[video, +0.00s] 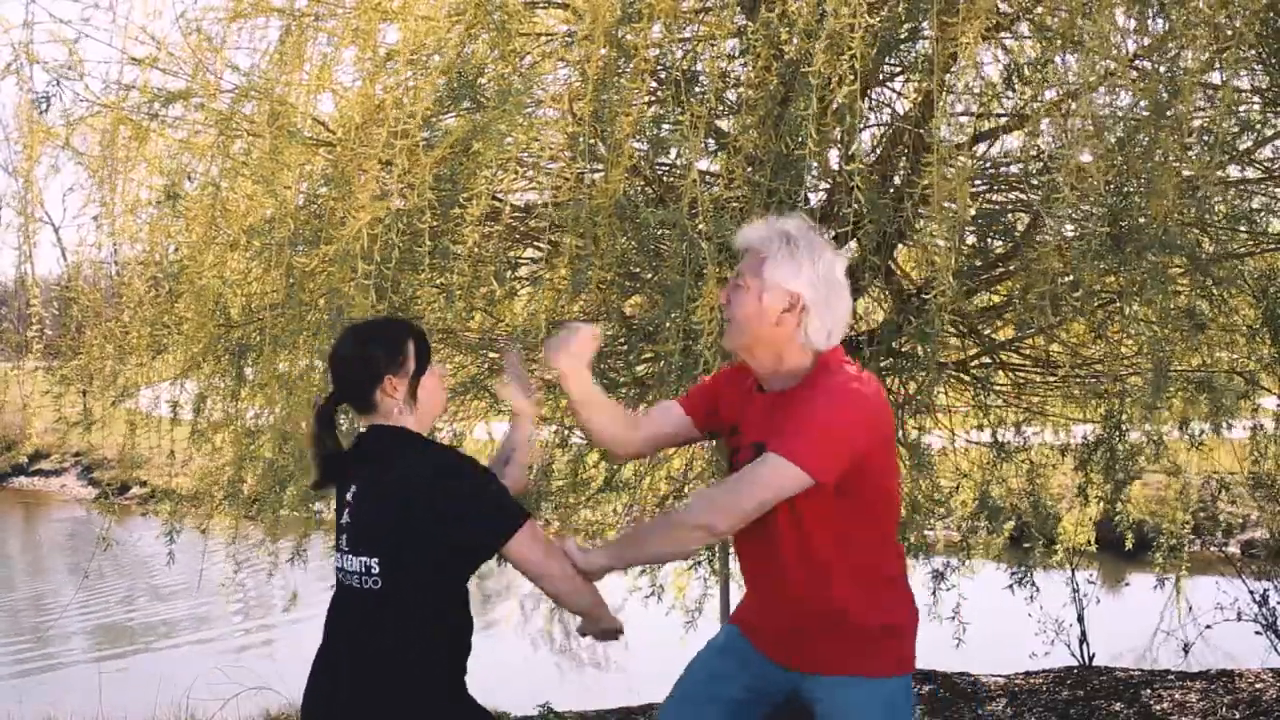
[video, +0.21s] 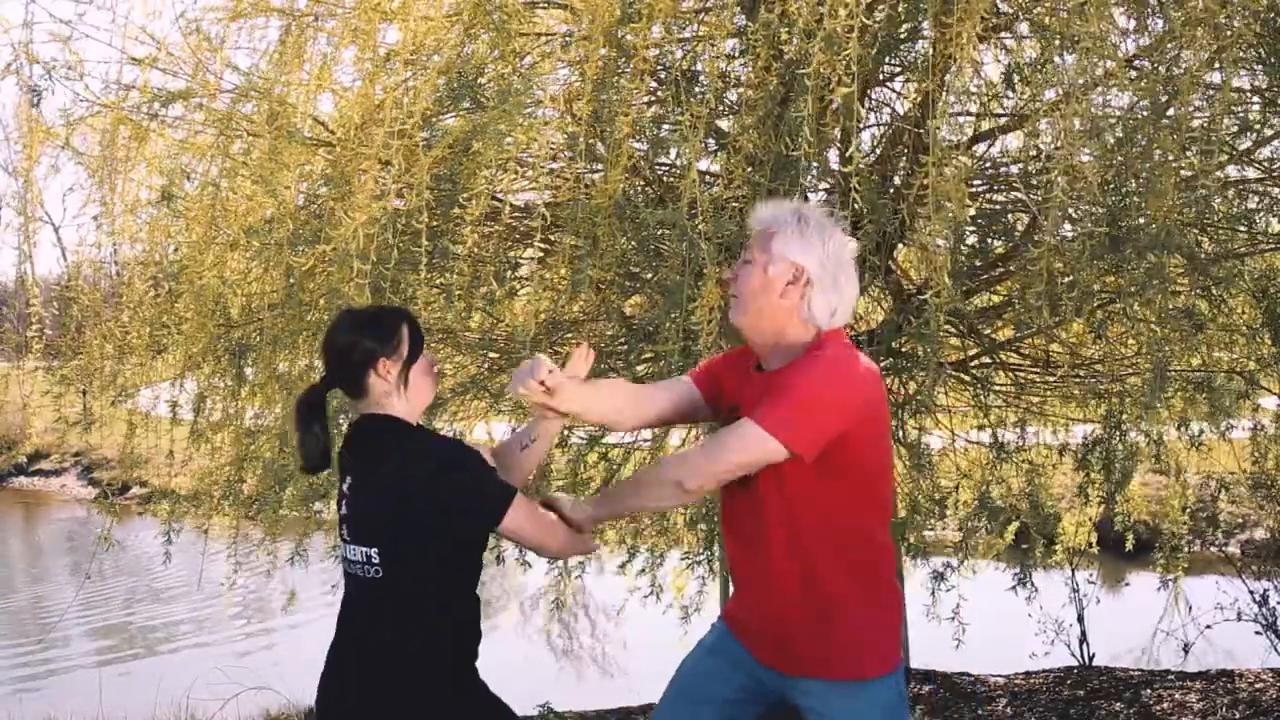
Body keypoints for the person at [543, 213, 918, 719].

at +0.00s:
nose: (722, 297)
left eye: (739, 285)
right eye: (730, 283)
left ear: (791, 306)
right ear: (784, 307)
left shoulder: (846, 398)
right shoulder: (738, 387)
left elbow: (716, 518)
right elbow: (629, 436)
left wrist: (599, 558)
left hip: (859, 663)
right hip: (758, 641)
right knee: (679, 713)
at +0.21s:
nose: (731, 275)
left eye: (747, 261)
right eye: (740, 260)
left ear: (793, 280)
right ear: (789, 281)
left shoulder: (839, 375)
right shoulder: (742, 369)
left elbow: (695, 475)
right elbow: (644, 402)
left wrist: (590, 510)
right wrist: (559, 391)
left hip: (848, 663)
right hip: (747, 639)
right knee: (672, 713)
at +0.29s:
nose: (727, 272)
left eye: (745, 257)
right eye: (736, 258)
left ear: (793, 275)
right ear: (787, 274)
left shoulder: (836, 362)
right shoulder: (742, 361)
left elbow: (677, 448)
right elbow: (642, 390)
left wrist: (592, 456)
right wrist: (562, 395)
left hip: (845, 660)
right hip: (738, 638)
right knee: (672, 711)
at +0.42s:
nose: (703, 263)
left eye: (719, 248)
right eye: (710, 247)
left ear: (770, 261)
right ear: (766, 262)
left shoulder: (830, 352)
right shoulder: (711, 354)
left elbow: (702, 451)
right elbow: (579, 400)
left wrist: (585, 447)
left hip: (839, 649)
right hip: (721, 637)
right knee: (660, 710)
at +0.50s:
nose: (681, 263)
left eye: (697, 246)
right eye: (686, 247)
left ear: (753, 256)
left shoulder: (829, 346)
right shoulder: (683, 360)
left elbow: (763, 474)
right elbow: (566, 420)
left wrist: (623, 483)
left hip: (834, 640)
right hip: (712, 632)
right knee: (657, 712)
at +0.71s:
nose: (649, 270)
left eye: (665, 253)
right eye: (653, 253)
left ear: (723, 257)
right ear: (716, 259)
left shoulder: (805, 349)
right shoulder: (658, 365)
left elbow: (797, 494)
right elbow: (555, 445)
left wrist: (657, 496)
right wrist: (557, 350)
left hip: (818, 640)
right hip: (697, 635)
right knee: (639, 709)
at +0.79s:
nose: (638, 272)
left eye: (653, 255)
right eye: (642, 256)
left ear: (710, 258)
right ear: (705, 260)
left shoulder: (796, 353)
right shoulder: (654, 359)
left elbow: (800, 499)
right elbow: (548, 423)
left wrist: (689, 438)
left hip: (807, 646)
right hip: (689, 635)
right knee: (637, 709)